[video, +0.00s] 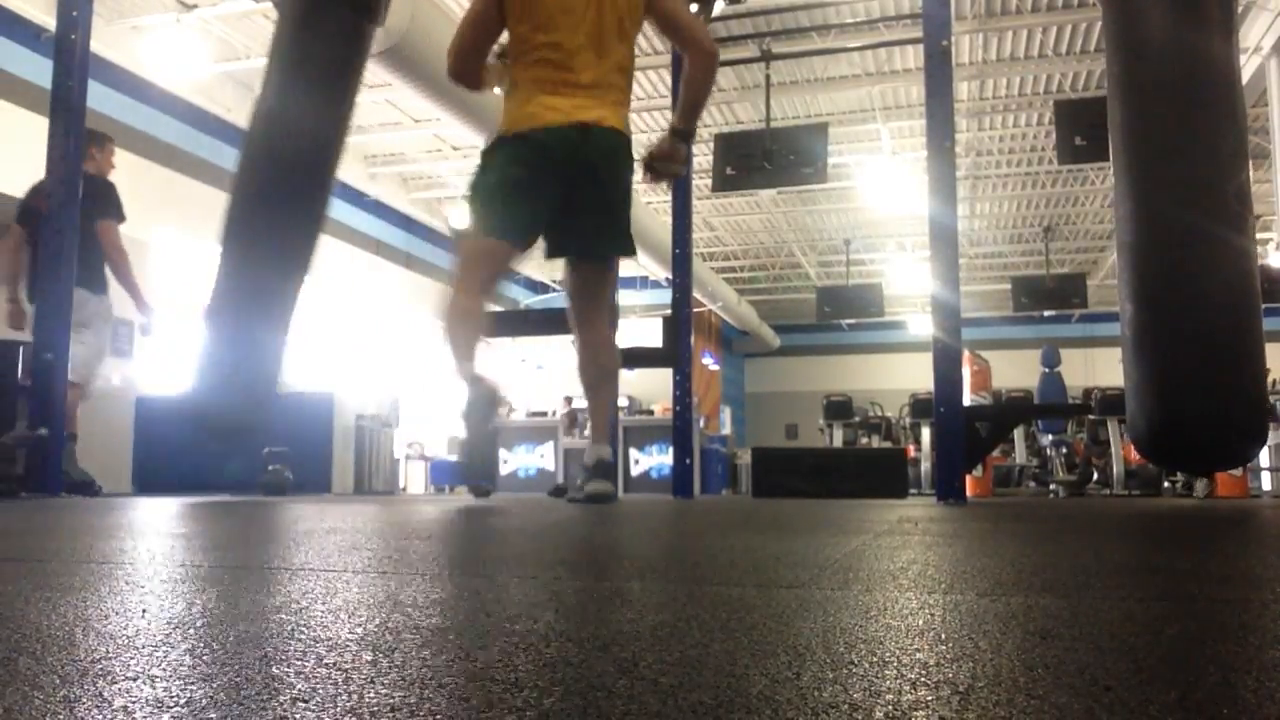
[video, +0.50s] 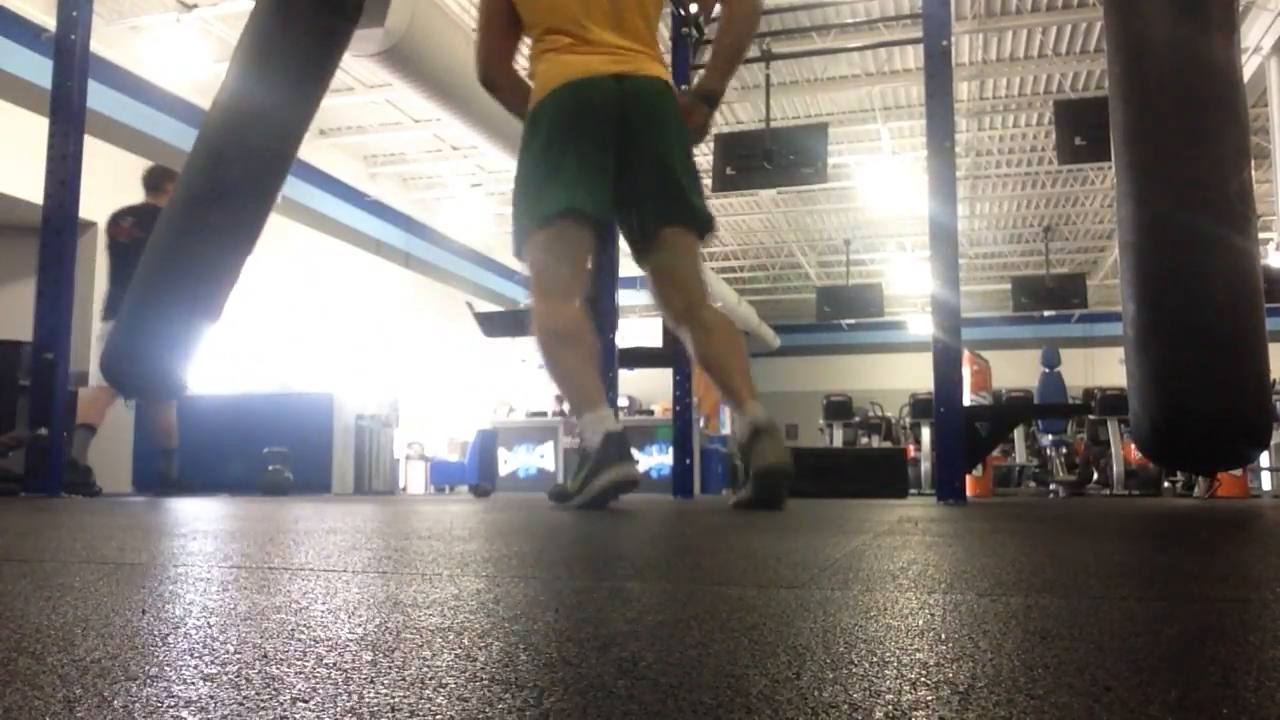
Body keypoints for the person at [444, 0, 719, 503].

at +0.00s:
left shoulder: (509, 0)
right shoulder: (638, 1)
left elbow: (463, 68)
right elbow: (704, 50)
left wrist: (502, 70)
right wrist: (680, 136)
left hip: (527, 143)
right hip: (604, 146)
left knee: (468, 291)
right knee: (595, 318)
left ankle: (470, 385)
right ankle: (602, 463)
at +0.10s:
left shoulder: (499, 3)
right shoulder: (636, 2)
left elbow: (462, 85)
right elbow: (689, 77)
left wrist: (528, 103)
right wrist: (680, 169)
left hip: (538, 142)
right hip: (614, 143)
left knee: (522, 312)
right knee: (584, 320)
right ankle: (596, 466)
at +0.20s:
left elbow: (465, 63)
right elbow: (684, 36)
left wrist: (527, 107)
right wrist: (673, 145)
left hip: (543, 114)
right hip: (627, 113)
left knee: (520, 296)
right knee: (611, 301)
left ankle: (542, 439)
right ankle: (604, 461)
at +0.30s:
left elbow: (467, 25)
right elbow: (700, 4)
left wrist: (530, 76)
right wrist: (683, 91)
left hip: (555, 75)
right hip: (641, 75)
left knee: (542, 260)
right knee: (632, 269)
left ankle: (552, 430)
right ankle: (647, 435)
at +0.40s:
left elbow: (475, 35)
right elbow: (729, 2)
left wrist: (541, 81)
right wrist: (706, 73)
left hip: (557, 82)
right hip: (645, 75)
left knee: (557, 271)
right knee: (651, 272)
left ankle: (589, 416)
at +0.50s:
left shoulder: (511, 2)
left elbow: (492, 68)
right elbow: (744, 4)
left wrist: (553, 120)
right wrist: (705, 94)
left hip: (567, 101)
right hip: (653, 94)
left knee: (557, 294)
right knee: (689, 299)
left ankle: (601, 438)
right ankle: (754, 419)